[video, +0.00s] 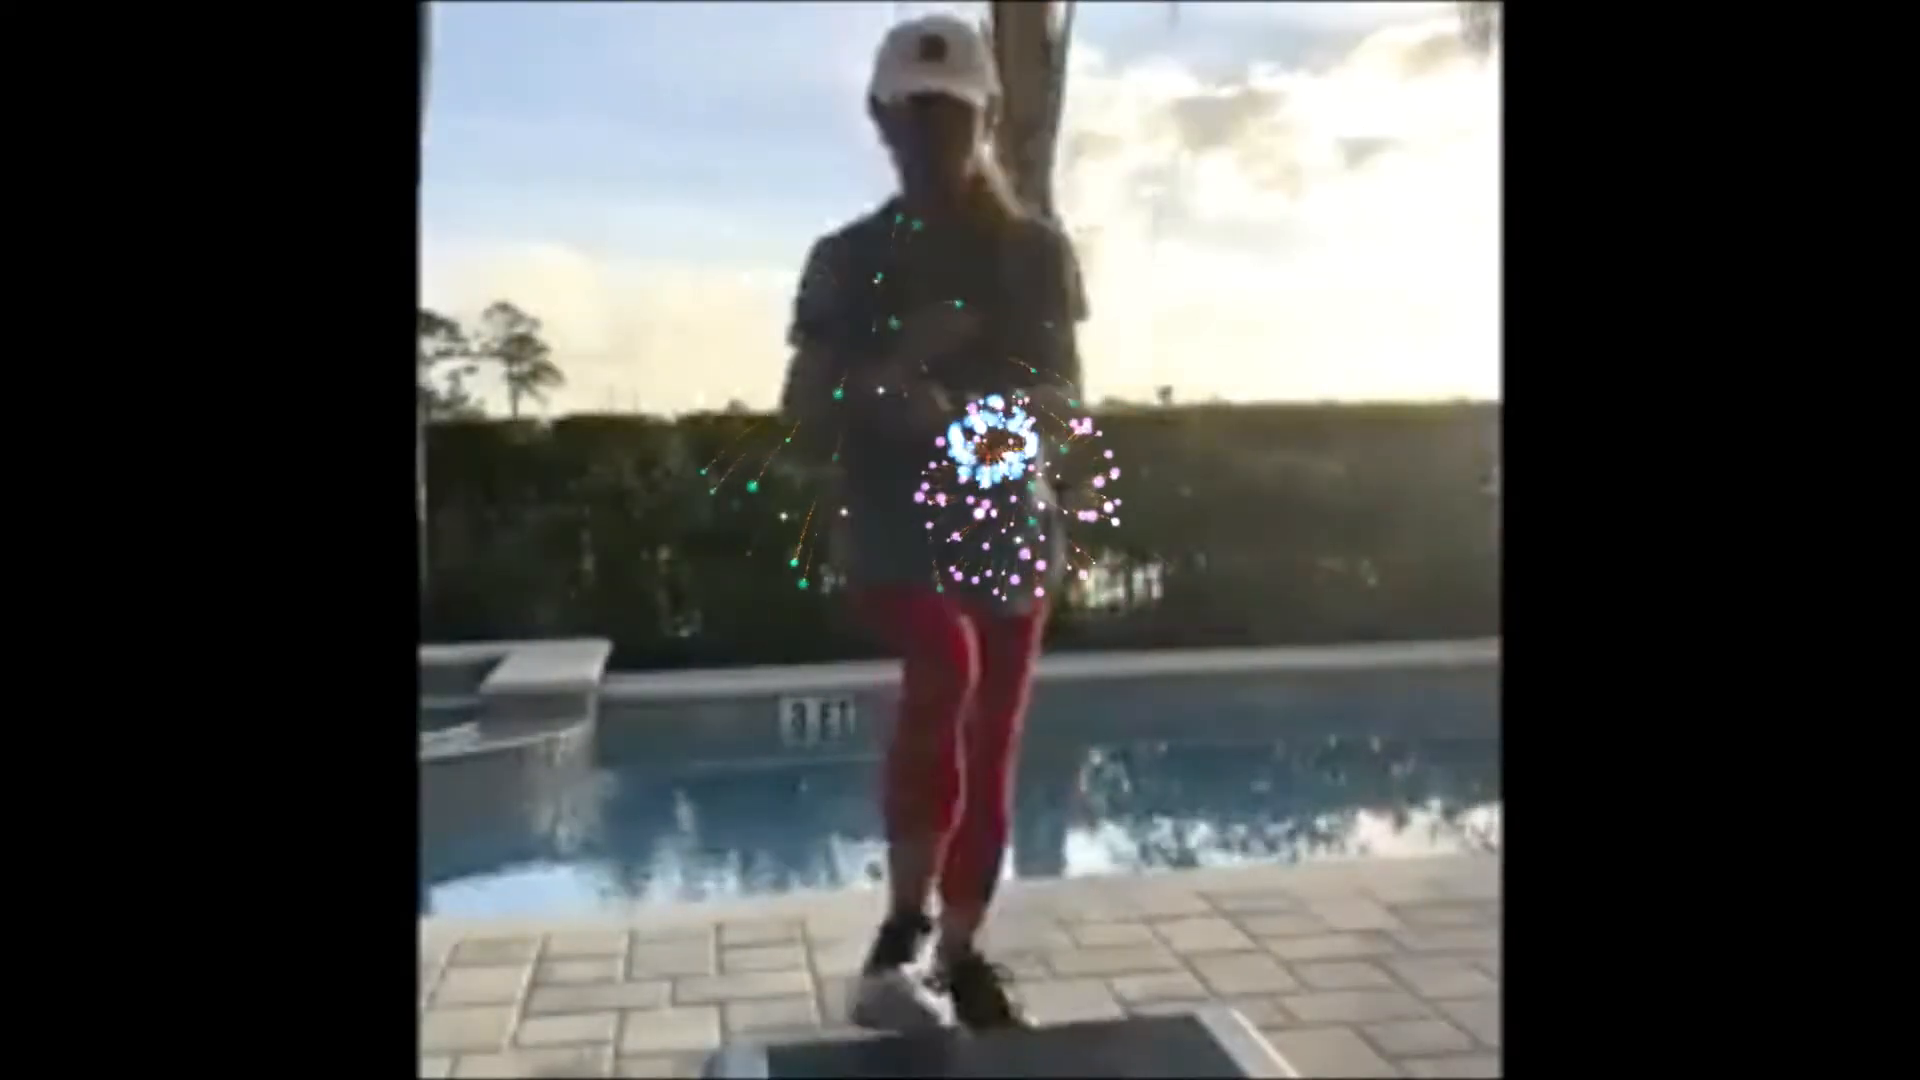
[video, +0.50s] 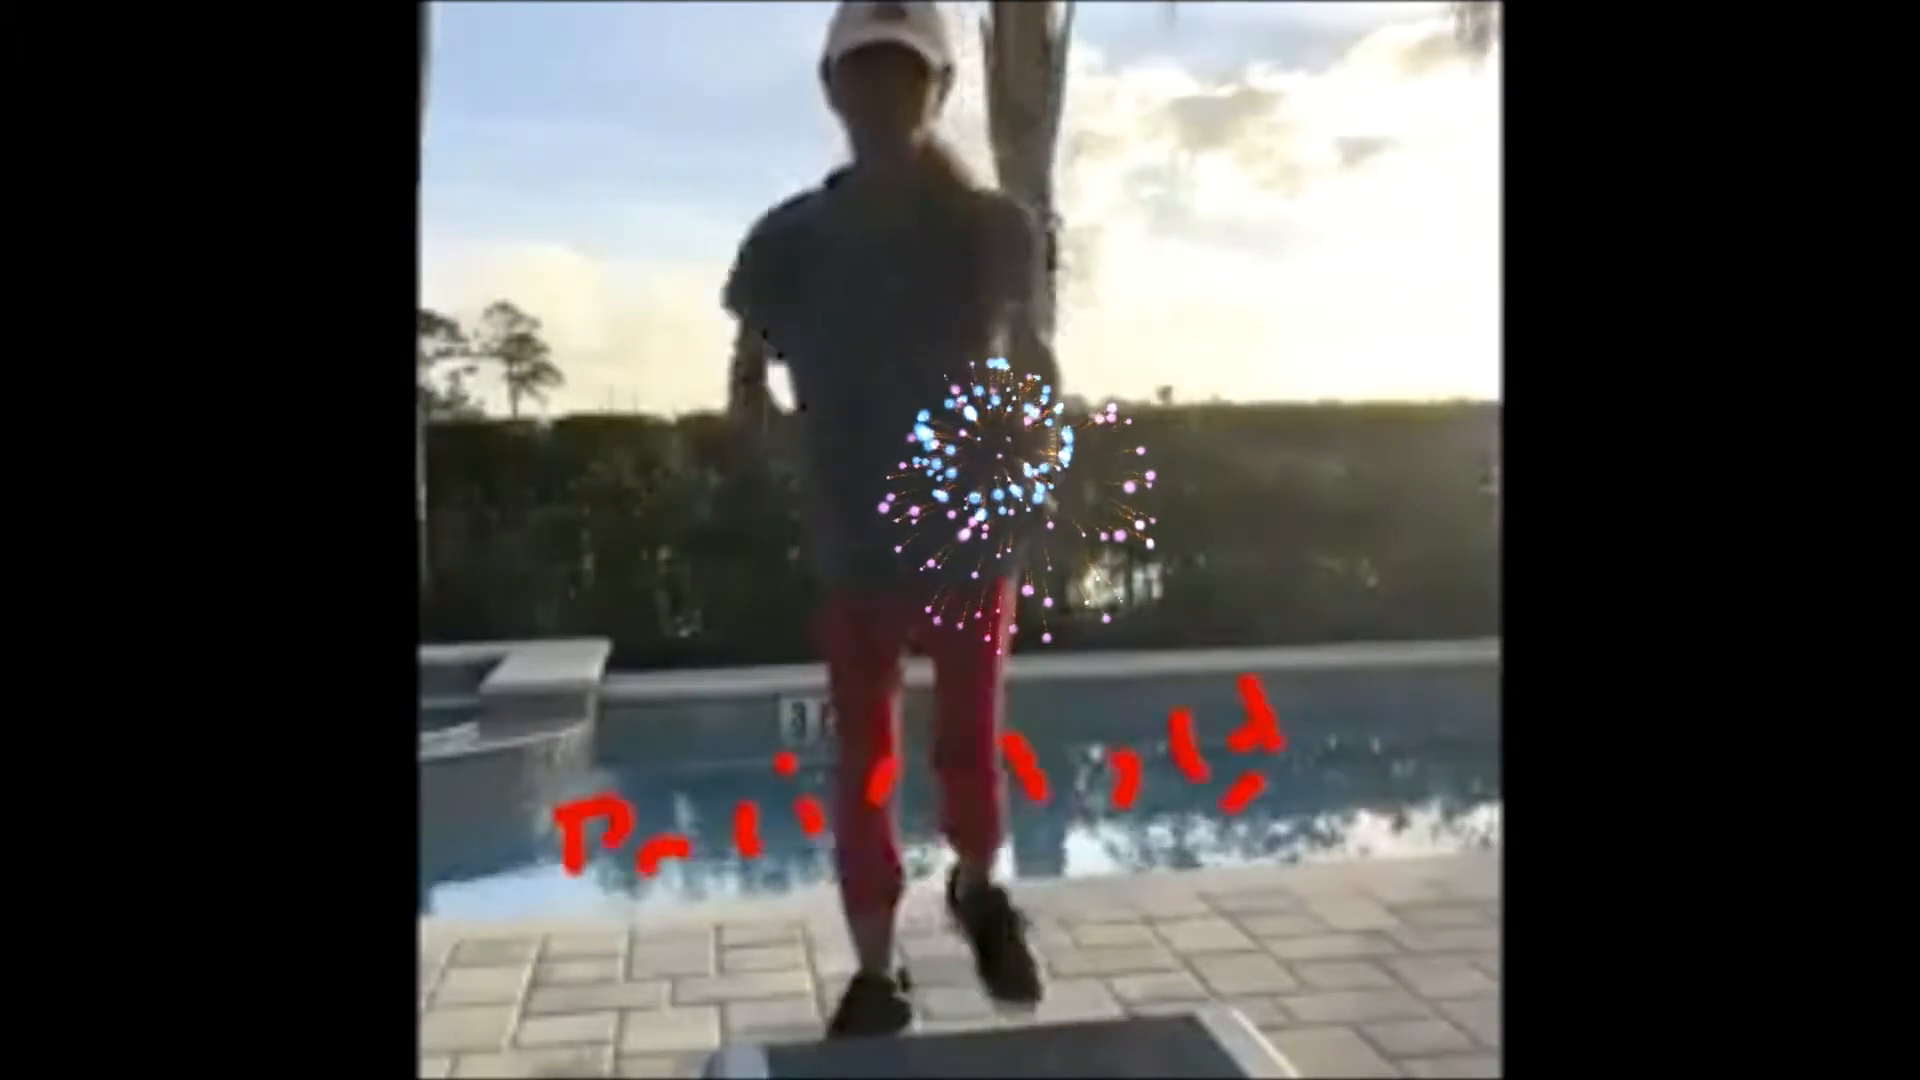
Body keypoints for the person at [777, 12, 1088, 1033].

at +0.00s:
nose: (926, 133)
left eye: (947, 112)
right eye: (907, 113)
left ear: (982, 119)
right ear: (880, 122)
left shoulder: (1033, 248)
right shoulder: (845, 258)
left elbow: (1055, 394)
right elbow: (805, 407)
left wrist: (959, 409)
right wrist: (888, 399)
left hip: (1010, 519)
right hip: (891, 517)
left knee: (991, 730)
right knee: (943, 661)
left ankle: (959, 950)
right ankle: (907, 916)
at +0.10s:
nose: (924, 115)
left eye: (945, 95)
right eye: (905, 95)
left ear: (979, 105)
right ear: (878, 105)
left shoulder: (1036, 241)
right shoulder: (837, 247)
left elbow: (1080, 391)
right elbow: (810, 394)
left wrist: (1057, 485)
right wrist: (829, 492)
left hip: (1006, 507)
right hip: (882, 506)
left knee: (983, 730)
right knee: (928, 662)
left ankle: (960, 947)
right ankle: (902, 884)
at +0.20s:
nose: (922, 112)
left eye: (943, 91)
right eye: (903, 92)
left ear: (976, 101)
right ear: (875, 105)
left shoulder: (1034, 233)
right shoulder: (847, 230)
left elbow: (1098, 342)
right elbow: (809, 322)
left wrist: (1103, 436)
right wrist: (761, 405)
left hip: (1000, 490)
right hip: (882, 488)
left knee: (976, 725)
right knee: (911, 698)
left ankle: (955, 949)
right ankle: (872, 884)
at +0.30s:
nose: (916, 111)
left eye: (938, 91)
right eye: (898, 90)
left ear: (971, 103)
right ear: (868, 102)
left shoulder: (1027, 230)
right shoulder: (827, 225)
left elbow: (1098, 321)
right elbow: (782, 307)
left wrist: (1128, 415)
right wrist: (742, 378)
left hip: (991, 493)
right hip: (869, 492)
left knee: (972, 736)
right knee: (868, 727)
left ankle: (958, 951)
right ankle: (869, 943)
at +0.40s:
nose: (891, 108)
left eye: (913, 87)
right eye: (873, 87)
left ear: (953, 100)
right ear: (847, 101)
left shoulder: (1009, 229)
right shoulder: (808, 235)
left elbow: (1068, 335)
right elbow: (767, 329)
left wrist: (1102, 424)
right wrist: (740, 414)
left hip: (979, 501)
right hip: (857, 505)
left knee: (973, 747)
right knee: (861, 750)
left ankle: (959, 945)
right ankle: (876, 968)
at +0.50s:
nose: (881, 92)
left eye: (901, 71)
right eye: (862, 72)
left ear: (935, 83)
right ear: (834, 87)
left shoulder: (1000, 226)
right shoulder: (790, 235)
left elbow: (1033, 371)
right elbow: (746, 387)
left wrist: (1027, 456)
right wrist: (766, 442)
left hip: (972, 509)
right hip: (852, 515)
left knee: (971, 737)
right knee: (864, 750)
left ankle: (979, 887)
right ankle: (876, 968)